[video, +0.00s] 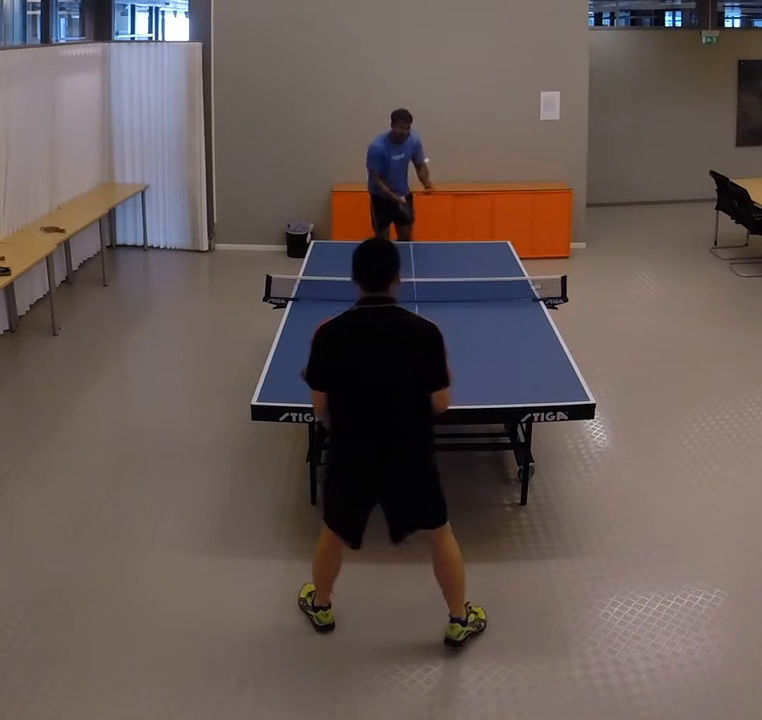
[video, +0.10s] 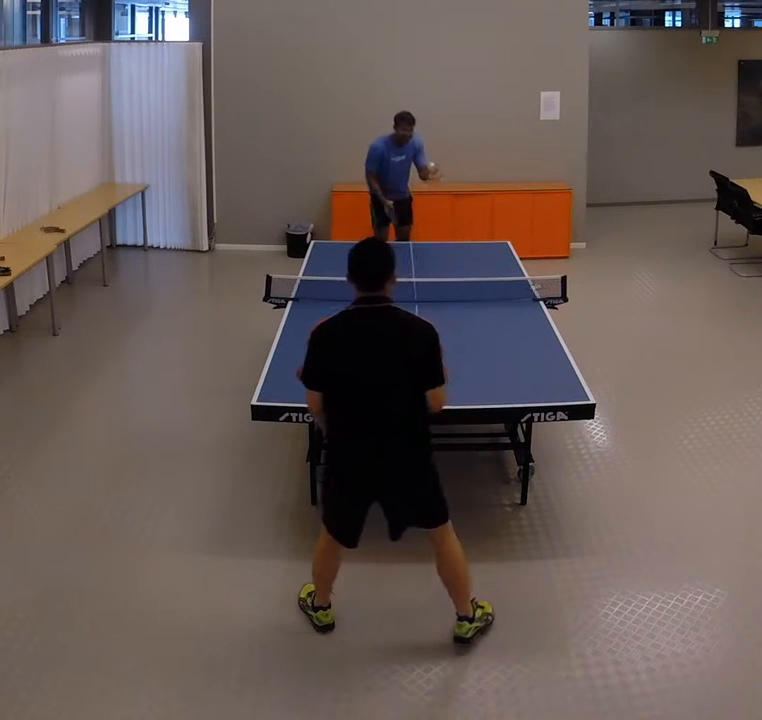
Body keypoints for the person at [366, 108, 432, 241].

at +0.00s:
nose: (405, 132)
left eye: (407, 128)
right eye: (401, 128)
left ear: (410, 127)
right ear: (392, 125)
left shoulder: (413, 141)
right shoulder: (377, 147)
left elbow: (420, 165)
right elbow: (376, 180)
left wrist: (426, 182)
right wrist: (397, 199)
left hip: (403, 194)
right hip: (381, 196)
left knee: (406, 238)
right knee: (383, 239)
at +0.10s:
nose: (407, 134)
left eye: (410, 130)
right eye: (404, 130)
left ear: (413, 129)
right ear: (395, 128)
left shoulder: (415, 143)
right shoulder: (379, 147)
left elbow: (423, 174)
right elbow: (370, 177)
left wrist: (428, 172)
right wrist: (384, 201)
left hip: (402, 196)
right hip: (381, 196)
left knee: (404, 238)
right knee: (381, 238)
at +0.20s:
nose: (408, 135)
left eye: (411, 131)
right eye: (404, 130)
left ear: (415, 130)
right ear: (396, 128)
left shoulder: (416, 146)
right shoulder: (380, 145)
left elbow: (424, 175)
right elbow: (367, 173)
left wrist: (425, 161)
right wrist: (371, 199)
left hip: (403, 198)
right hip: (381, 198)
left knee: (404, 243)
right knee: (379, 243)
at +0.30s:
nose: (405, 132)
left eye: (408, 129)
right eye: (401, 128)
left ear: (413, 128)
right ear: (394, 126)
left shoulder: (417, 143)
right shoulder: (379, 141)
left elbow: (423, 175)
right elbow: (363, 164)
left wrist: (415, 160)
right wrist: (360, 192)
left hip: (403, 198)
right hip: (380, 196)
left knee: (404, 242)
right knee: (377, 240)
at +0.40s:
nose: (400, 129)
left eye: (403, 126)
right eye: (397, 125)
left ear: (409, 125)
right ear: (391, 123)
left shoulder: (416, 143)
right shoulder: (378, 138)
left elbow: (418, 172)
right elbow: (362, 156)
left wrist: (402, 176)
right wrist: (355, 181)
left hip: (402, 197)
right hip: (379, 194)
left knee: (403, 240)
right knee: (374, 237)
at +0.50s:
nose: (395, 129)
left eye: (399, 125)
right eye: (392, 124)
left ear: (404, 124)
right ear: (386, 122)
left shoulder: (412, 143)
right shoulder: (377, 136)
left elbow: (413, 173)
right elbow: (363, 154)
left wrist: (389, 182)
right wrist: (352, 175)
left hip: (401, 197)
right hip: (379, 194)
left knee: (401, 240)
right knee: (373, 236)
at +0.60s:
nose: (388, 129)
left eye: (392, 126)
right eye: (386, 125)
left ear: (399, 124)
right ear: (381, 123)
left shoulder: (406, 143)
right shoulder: (376, 136)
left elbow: (405, 173)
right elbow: (366, 152)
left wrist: (374, 182)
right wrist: (348, 165)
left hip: (400, 197)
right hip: (378, 194)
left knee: (400, 241)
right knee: (371, 237)